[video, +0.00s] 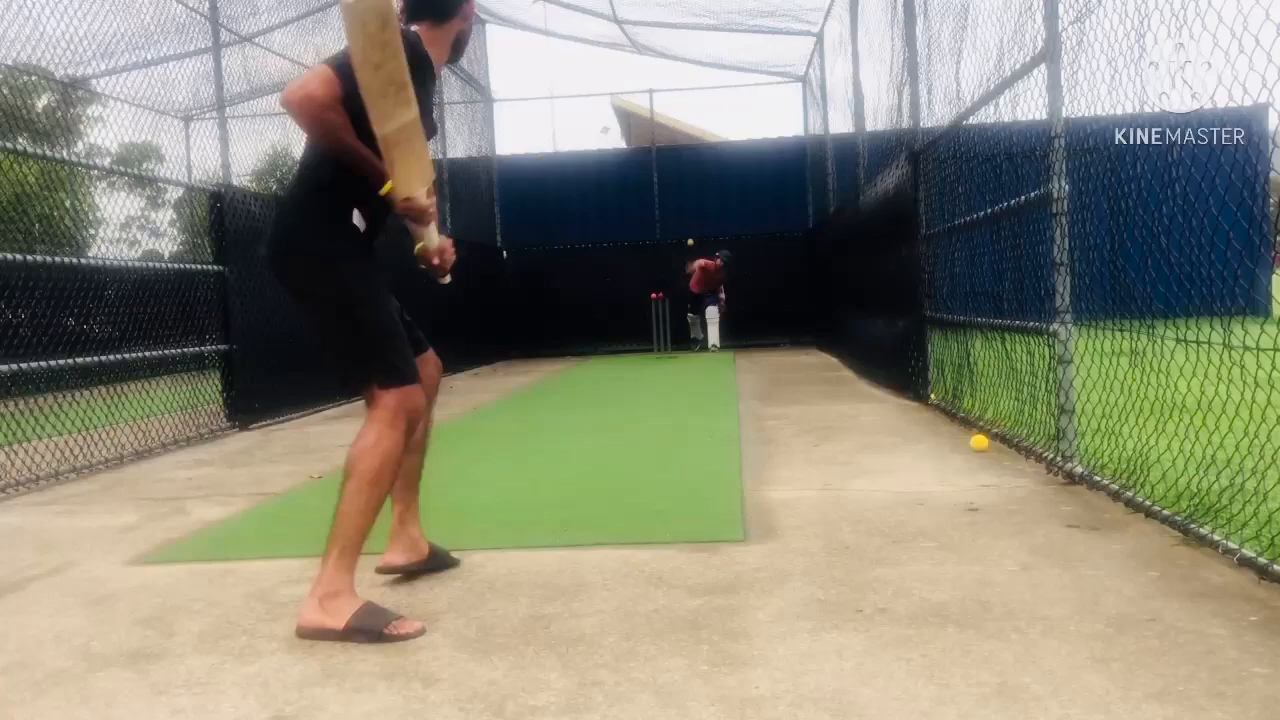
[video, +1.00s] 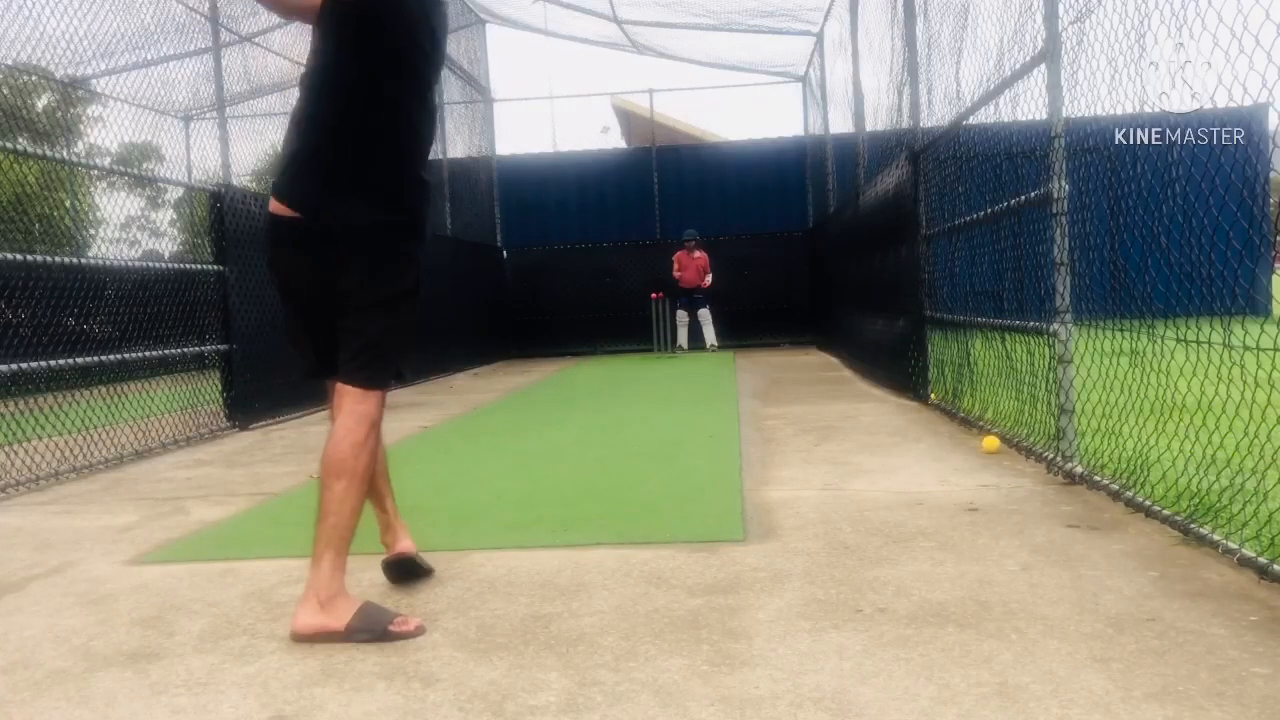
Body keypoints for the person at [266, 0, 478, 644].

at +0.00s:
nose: (477, 19)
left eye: (475, 12)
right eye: (475, 12)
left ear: (420, 11)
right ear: (465, 14)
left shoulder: (417, 73)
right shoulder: (397, 48)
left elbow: (395, 172)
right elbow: (305, 96)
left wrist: (424, 234)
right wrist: (386, 181)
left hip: (347, 246)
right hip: (319, 244)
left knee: (424, 372)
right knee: (397, 399)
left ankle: (407, 540)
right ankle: (329, 597)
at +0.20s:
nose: (483, 47)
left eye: (482, 36)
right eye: (479, 32)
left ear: (435, 29)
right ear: (452, 29)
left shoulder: (425, 95)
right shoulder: (399, 67)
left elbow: (391, 208)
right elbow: (321, 149)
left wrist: (435, 257)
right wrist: (421, 210)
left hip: (346, 256)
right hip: (310, 256)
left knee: (428, 377)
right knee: (398, 406)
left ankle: (415, 552)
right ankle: (327, 598)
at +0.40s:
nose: (478, 46)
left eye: (479, 34)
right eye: (476, 31)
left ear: (433, 29)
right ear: (453, 28)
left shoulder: (437, 103)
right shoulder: (378, 62)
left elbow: (436, 200)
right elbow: (334, 154)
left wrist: (471, 217)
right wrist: (451, 152)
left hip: (358, 260)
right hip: (319, 261)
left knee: (435, 380)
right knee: (405, 414)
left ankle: (416, 549)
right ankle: (326, 596)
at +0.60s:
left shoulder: (331, 7)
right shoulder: (419, 19)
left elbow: (370, 85)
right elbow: (466, 129)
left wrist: (458, 77)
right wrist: (499, 90)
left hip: (303, 209)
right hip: (362, 219)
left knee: (388, 391)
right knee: (391, 400)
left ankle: (412, 542)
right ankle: (327, 595)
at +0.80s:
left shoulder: (349, 17)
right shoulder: (445, 17)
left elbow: (325, 52)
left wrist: (233, 26)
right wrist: (242, 29)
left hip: (318, 203)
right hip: (399, 208)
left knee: (371, 378)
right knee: (365, 391)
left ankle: (391, 535)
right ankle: (324, 597)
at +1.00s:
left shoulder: (348, 11)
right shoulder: (420, 13)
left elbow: (282, 3)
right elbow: (284, 4)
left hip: (300, 214)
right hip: (381, 218)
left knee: (354, 387)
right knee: (357, 400)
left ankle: (395, 533)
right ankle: (324, 597)